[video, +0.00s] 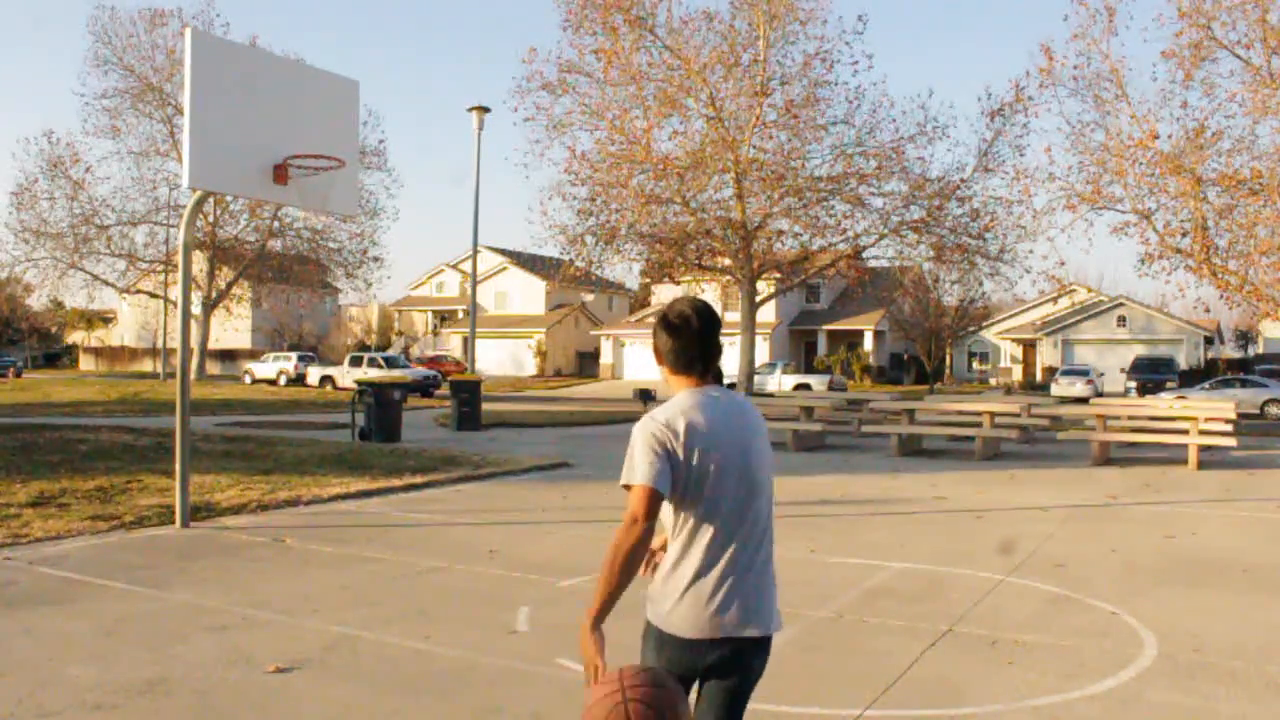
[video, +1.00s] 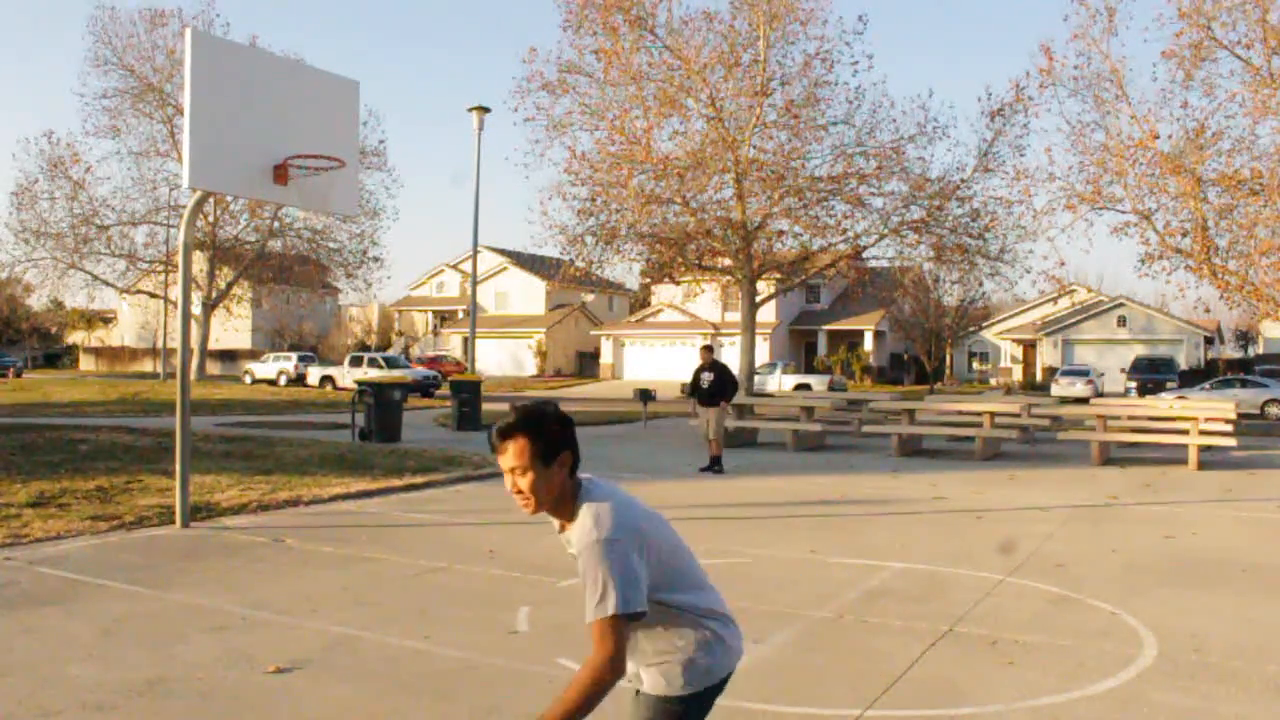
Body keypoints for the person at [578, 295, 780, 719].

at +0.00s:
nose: (655, 355)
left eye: (655, 347)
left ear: (658, 356)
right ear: (717, 350)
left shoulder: (660, 425)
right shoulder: (750, 415)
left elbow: (639, 523)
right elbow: (738, 505)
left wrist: (594, 620)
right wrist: (675, 541)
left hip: (682, 624)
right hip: (751, 625)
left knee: (654, 714)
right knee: (718, 714)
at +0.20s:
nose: (677, 365)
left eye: (678, 353)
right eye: (677, 354)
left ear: (693, 355)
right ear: (735, 354)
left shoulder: (705, 413)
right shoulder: (768, 406)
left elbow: (671, 473)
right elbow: (738, 480)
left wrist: (619, 536)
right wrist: (673, 512)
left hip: (740, 606)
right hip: (803, 603)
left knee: (728, 710)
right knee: (769, 714)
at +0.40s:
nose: (691, 398)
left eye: (693, 385)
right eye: (687, 388)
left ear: (729, 374)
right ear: (730, 375)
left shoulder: (734, 440)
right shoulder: (790, 415)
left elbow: (746, 546)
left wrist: (722, 618)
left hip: (784, 614)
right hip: (840, 604)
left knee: (749, 698)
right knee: (812, 696)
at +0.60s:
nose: (710, 458)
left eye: (718, 446)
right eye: (706, 445)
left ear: (756, 439)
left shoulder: (756, 507)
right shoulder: (804, 469)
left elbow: (784, 604)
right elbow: (851, 550)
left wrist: (762, 600)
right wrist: (887, 611)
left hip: (823, 656)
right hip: (868, 640)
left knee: (743, 710)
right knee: (841, 714)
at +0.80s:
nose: (653, 461)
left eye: (662, 447)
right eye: (647, 448)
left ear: (700, 440)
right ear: (641, 447)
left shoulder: (721, 504)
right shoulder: (725, 473)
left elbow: (767, 603)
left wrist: (706, 645)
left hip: (788, 642)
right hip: (808, 629)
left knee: (687, 714)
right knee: (831, 715)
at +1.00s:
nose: (511, 487)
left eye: (520, 472)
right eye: (506, 474)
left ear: (562, 464)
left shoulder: (602, 531)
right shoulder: (574, 506)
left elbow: (609, 661)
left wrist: (549, 716)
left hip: (690, 656)